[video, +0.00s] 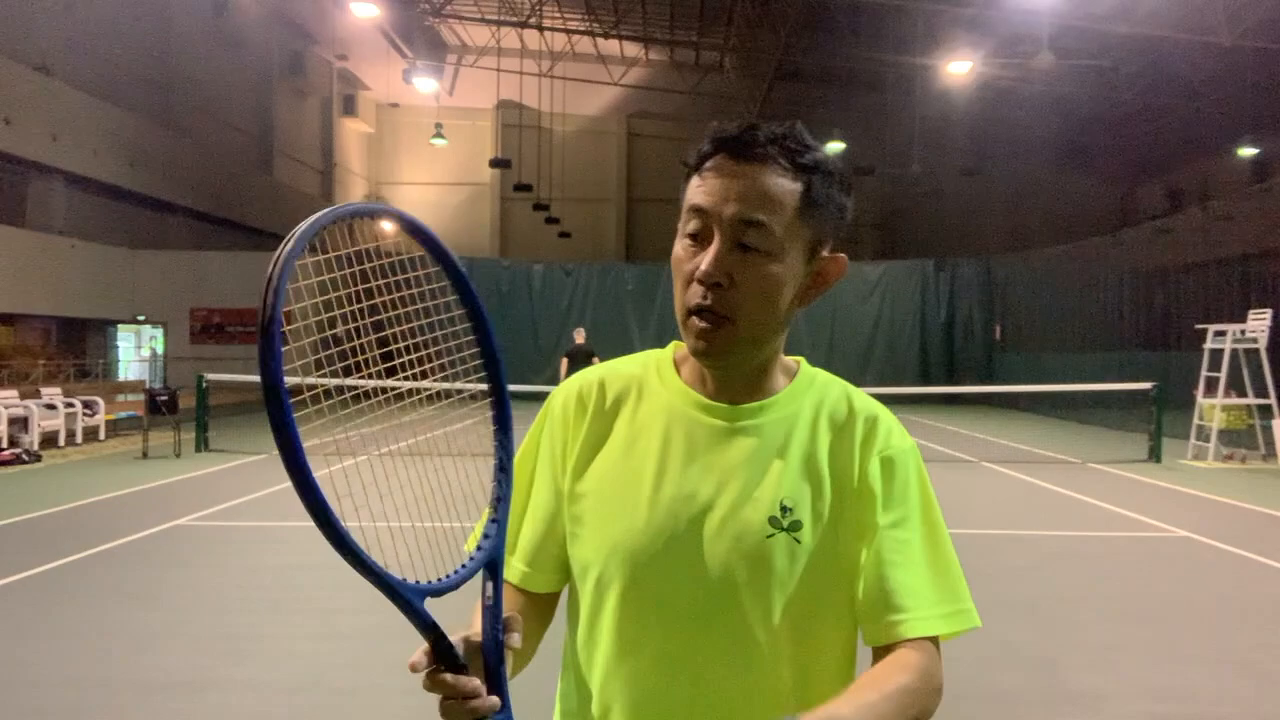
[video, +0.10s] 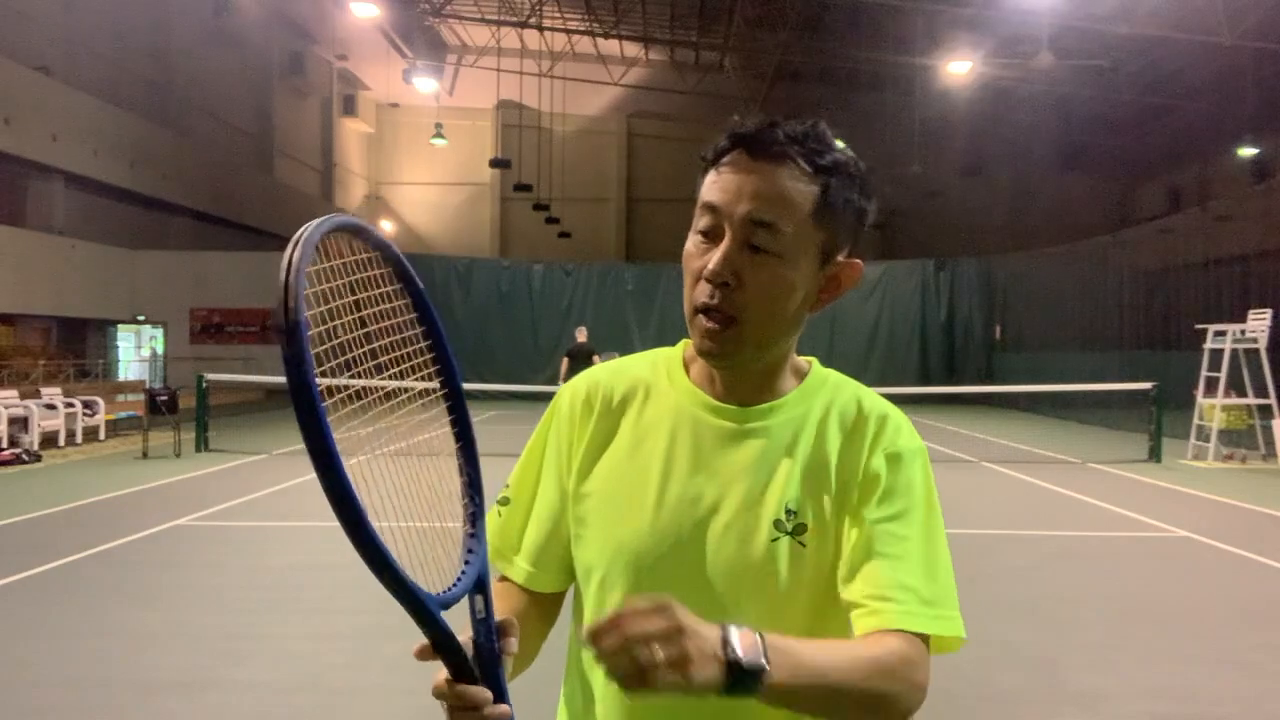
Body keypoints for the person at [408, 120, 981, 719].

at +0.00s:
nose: (707, 270)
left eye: (751, 245)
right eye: (696, 234)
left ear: (818, 277)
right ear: (674, 240)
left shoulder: (863, 439)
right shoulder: (582, 409)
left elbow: (914, 670)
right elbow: (519, 601)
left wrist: (811, 716)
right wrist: (475, 661)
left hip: (770, 706)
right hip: (601, 710)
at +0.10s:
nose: (716, 269)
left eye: (760, 245)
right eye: (707, 230)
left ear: (828, 283)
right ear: (686, 234)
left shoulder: (870, 438)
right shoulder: (592, 404)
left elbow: (899, 677)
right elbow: (523, 589)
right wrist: (485, 651)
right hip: (603, 710)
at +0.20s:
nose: (717, 269)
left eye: (763, 247)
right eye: (710, 230)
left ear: (833, 286)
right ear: (689, 232)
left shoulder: (870, 437)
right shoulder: (597, 400)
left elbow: (864, 668)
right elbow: (523, 584)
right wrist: (493, 652)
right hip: (600, 706)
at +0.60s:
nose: (679, 266)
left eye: (726, 244)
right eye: (672, 230)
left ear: (796, 287)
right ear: (650, 235)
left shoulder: (827, 430)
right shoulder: (568, 404)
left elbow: (734, 633)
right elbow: (504, 597)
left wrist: (532, 499)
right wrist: (467, 675)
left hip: (729, 712)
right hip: (577, 707)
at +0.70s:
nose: (666, 267)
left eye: (713, 244)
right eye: (658, 230)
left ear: (784, 285)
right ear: (637, 234)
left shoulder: (818, 430)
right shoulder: (560, 405)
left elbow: (730, 637)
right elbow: (501, 599)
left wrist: (527, 506)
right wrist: (458, 681)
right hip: (569, 706)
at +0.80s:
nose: (653, 264)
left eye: (699, 240)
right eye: (644, 227)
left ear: (772, 280)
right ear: (625, 232)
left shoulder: (810, 428)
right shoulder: (550, 407)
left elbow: (735, 645)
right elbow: (498, 605)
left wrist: (534, 518)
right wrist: (445, 690)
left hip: (714, 713)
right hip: (558, 709)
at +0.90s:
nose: (640, 259)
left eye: (685, 234)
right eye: (628, 224)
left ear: (755, 272)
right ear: (607, 234)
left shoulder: (800, 426)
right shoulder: (544, 407)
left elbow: (745, 651)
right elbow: (490, 604)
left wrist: (554, 536)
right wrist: (433, 689)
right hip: (551, 708)